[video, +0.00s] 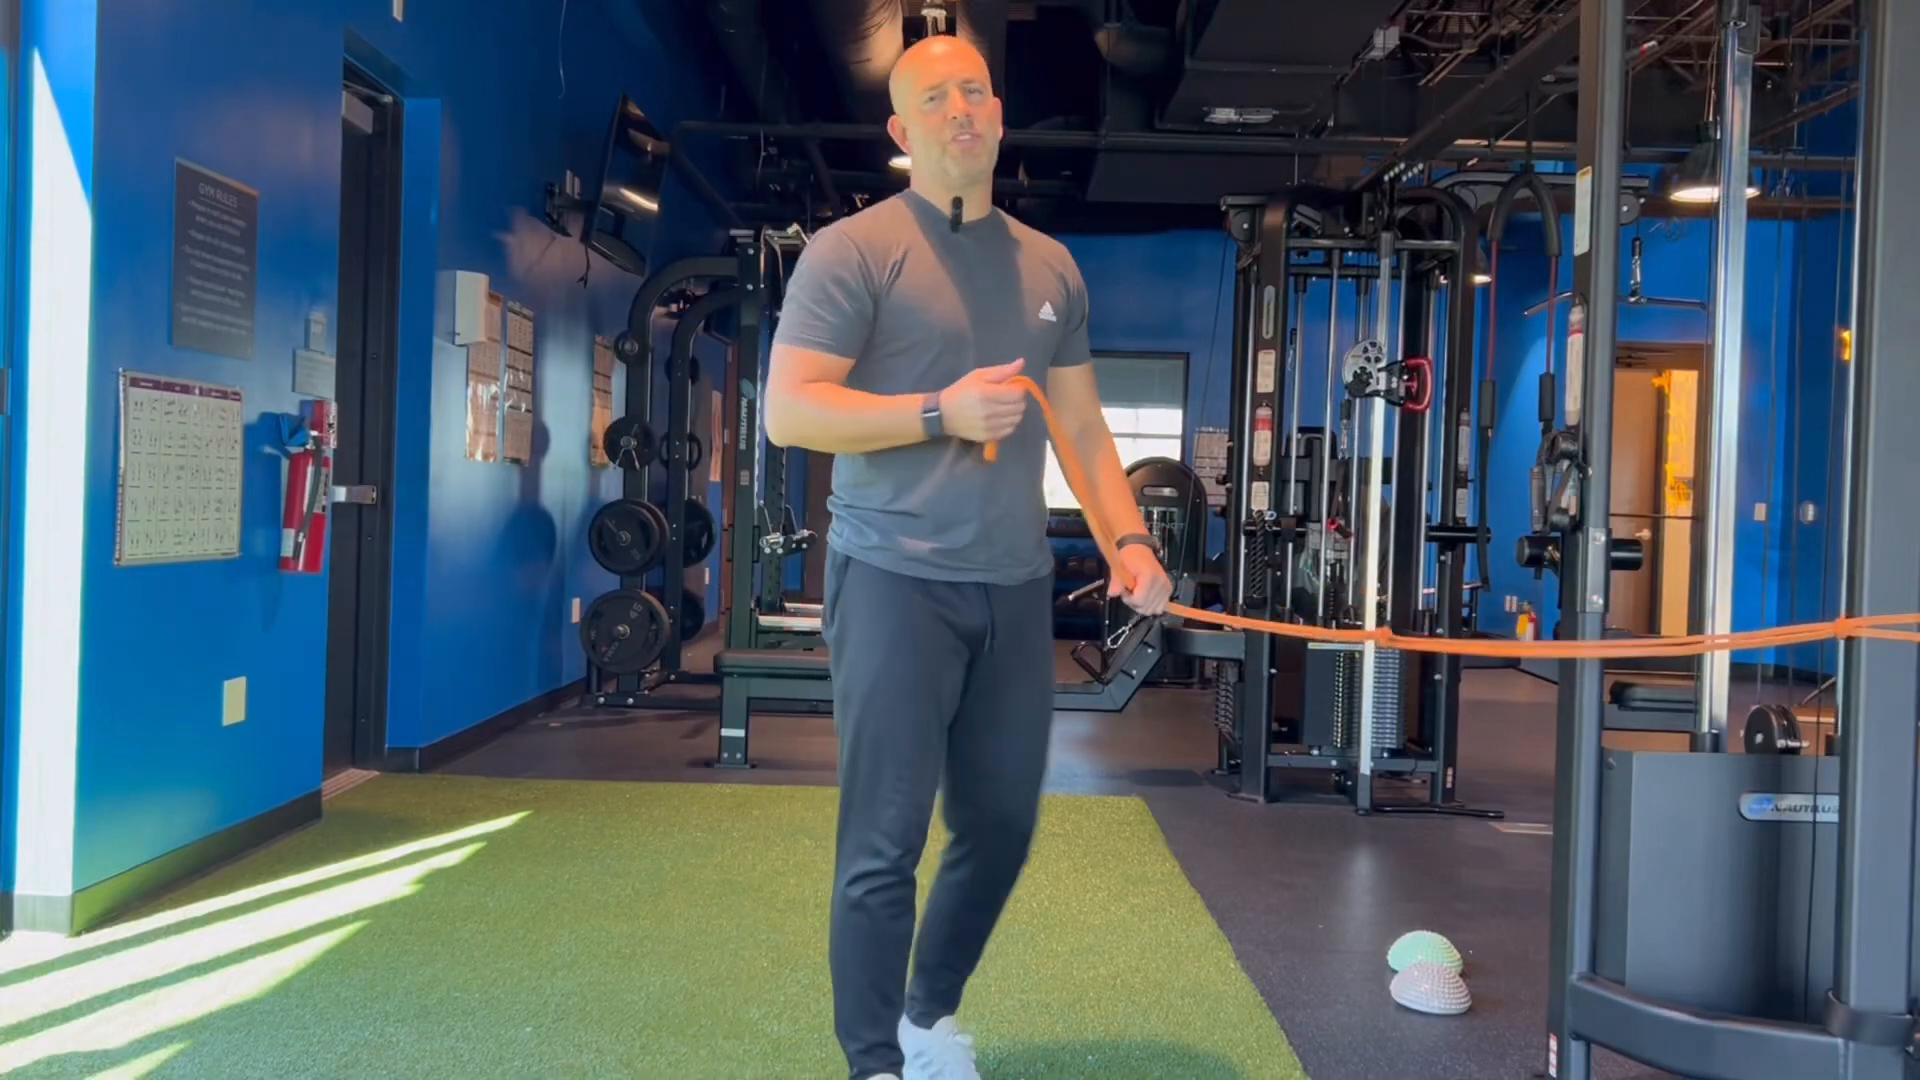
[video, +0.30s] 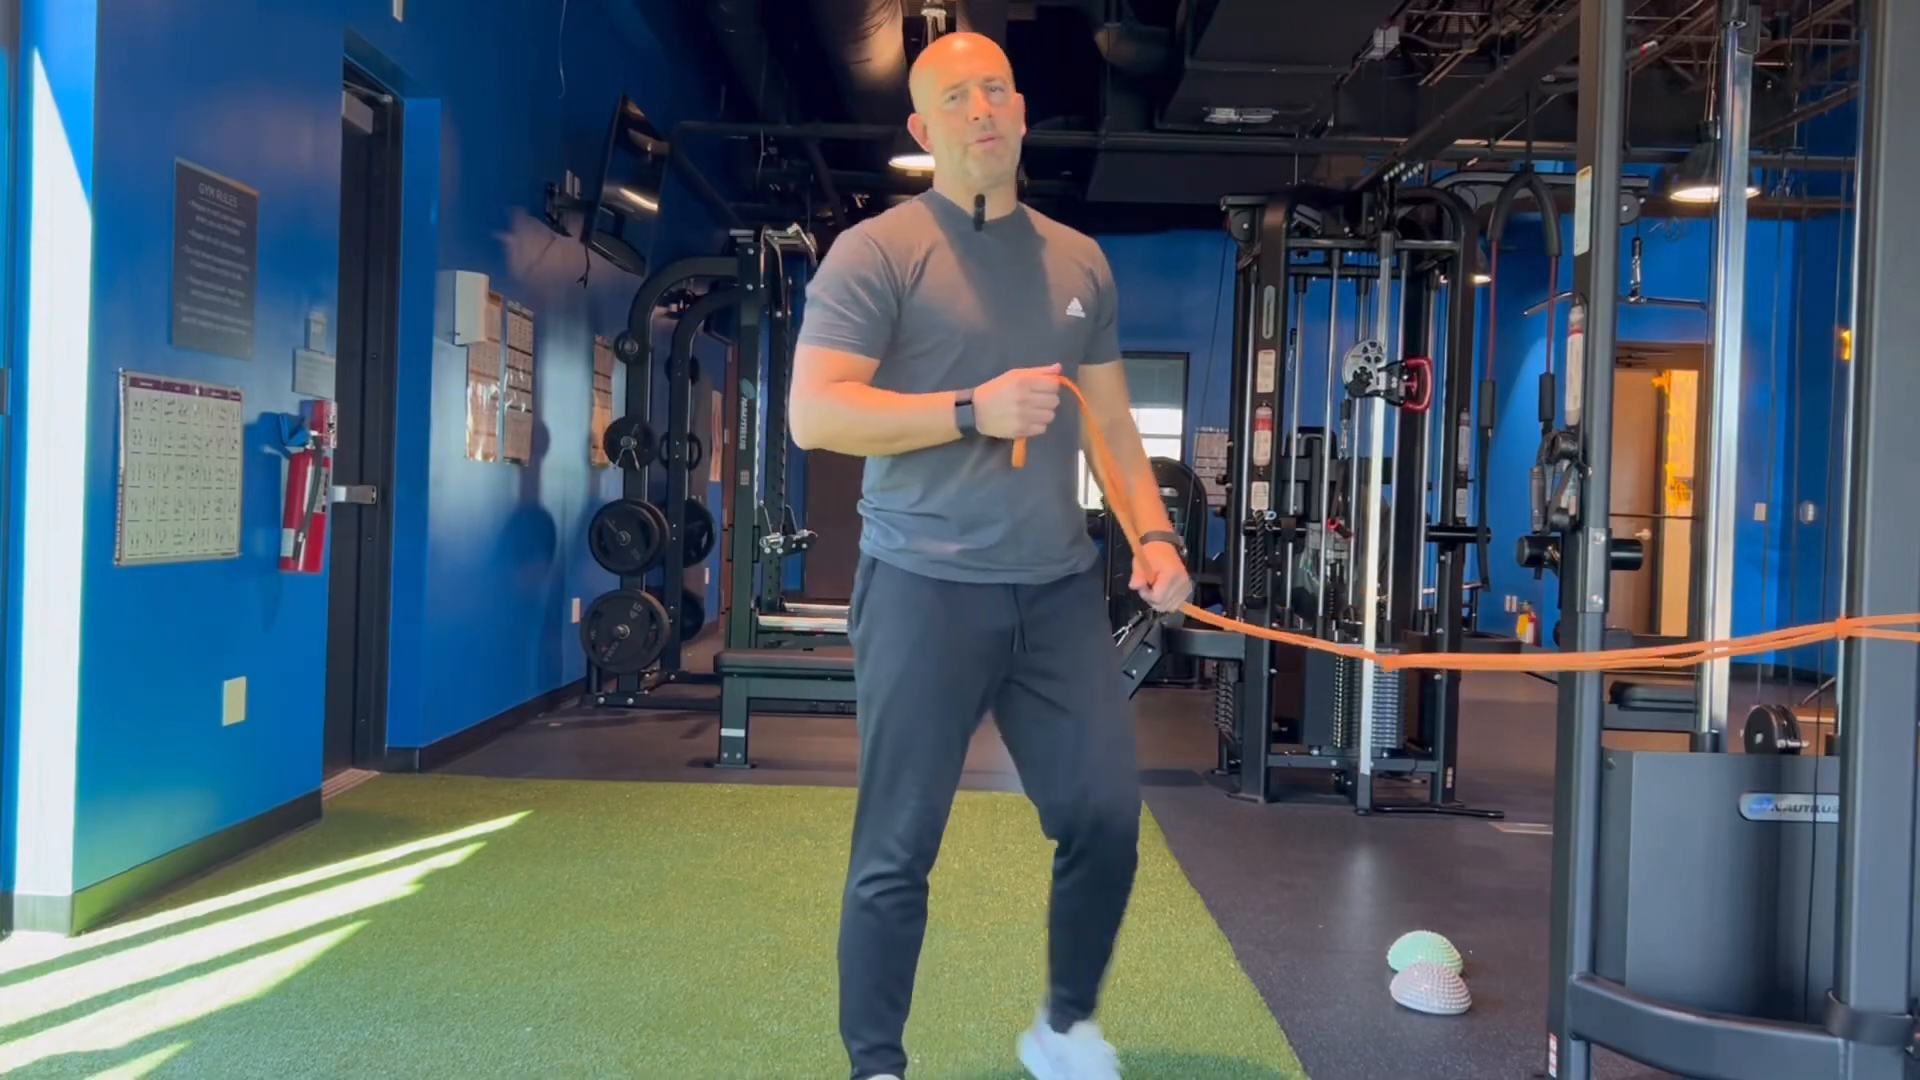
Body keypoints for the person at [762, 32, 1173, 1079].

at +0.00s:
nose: (964, 106)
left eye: (976, 88)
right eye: (937, 95)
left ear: (1002, 115)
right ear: (899, 131)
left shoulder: (1049, 267)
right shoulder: (848, 253)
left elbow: (1083, 430)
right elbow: (788, 409)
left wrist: (1128, 544)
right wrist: (938, 410)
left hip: (1016, 586)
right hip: (892, 580)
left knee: (1000, 826)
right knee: (884, 843)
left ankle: (926, 1014)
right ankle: (872, 1062)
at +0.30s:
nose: (983, 106)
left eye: (996, 87)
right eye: (955, 94)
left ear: (1024, 112)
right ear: (918, 128)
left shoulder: (1079, 262)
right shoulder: (871, 254)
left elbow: (1110, 420)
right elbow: (815, 411)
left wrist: (1152, 534)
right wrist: (971, 408)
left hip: (1060, 587)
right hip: (924, 586)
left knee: (1106, 814)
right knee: (896, 849)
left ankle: (1067, 1026)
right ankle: (877, 1061)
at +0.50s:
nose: (1036, 113)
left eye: (1052, 95)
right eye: (1011, 102)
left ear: (1085, 120)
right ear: (979, 137)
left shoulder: (1152, 273)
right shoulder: (923, 260)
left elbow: (1188, 437)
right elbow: (853, 412)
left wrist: (1194, 541)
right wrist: (956, 422)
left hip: (1097, 595)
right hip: (952, 585)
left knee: (1101, 839)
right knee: (920, 839)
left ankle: (1104, 1052)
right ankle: (882, 1061)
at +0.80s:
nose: (1085, 118)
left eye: (1104, 103)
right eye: (1065, 105)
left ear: (1138, 131)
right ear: (1033, 137)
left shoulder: (1195, 279)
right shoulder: (967, 255)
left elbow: (1235, 435)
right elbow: (905, 388)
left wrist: (1191, 531)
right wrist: (911, 407)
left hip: (1111, 594)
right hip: (968, 579)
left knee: (1110, 836)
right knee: (924, 818)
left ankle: (1109, 1051)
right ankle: (886, 1043)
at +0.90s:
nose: (1071, 119)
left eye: (1091, 103)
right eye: (1050, 105)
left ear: (1125, 132)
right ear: (1019, 137)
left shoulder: (1184, 277)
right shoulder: (956, 257)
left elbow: (1227, 432)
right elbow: (902, 396)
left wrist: (1177, 523)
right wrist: (903, 412)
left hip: (1104, 593)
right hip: (963, 582)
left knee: (1107, 834)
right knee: (918, 819)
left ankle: (1108, 1049)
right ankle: (885, 1026)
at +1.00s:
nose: (1048, 124)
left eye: (1069, 108)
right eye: (1027, 110)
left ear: (1101, 134)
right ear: (997, 140)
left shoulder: (1164, 279)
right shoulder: (934, 264)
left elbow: (1210, 430)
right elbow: (882, 402)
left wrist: (1179, 519)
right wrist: (893, 419)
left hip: (1094, 588)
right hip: (952, 583)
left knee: (1100, 833)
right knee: (913, 822)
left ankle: (1108, 1048)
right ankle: (886, 1019)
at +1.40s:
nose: (953, 140)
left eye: (968, 123)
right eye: (930, 128)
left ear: (999, 143)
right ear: (902, 156)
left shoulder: (1073, 279)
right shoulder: (848, 281)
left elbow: (1113, 422)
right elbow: (794, 415)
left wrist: (1126, 508)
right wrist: (841, 460)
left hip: (1034, 594)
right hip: (893, 589)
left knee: (1049, 826)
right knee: (884, 824)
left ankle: (1067, 1043)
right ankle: (884, 1025)